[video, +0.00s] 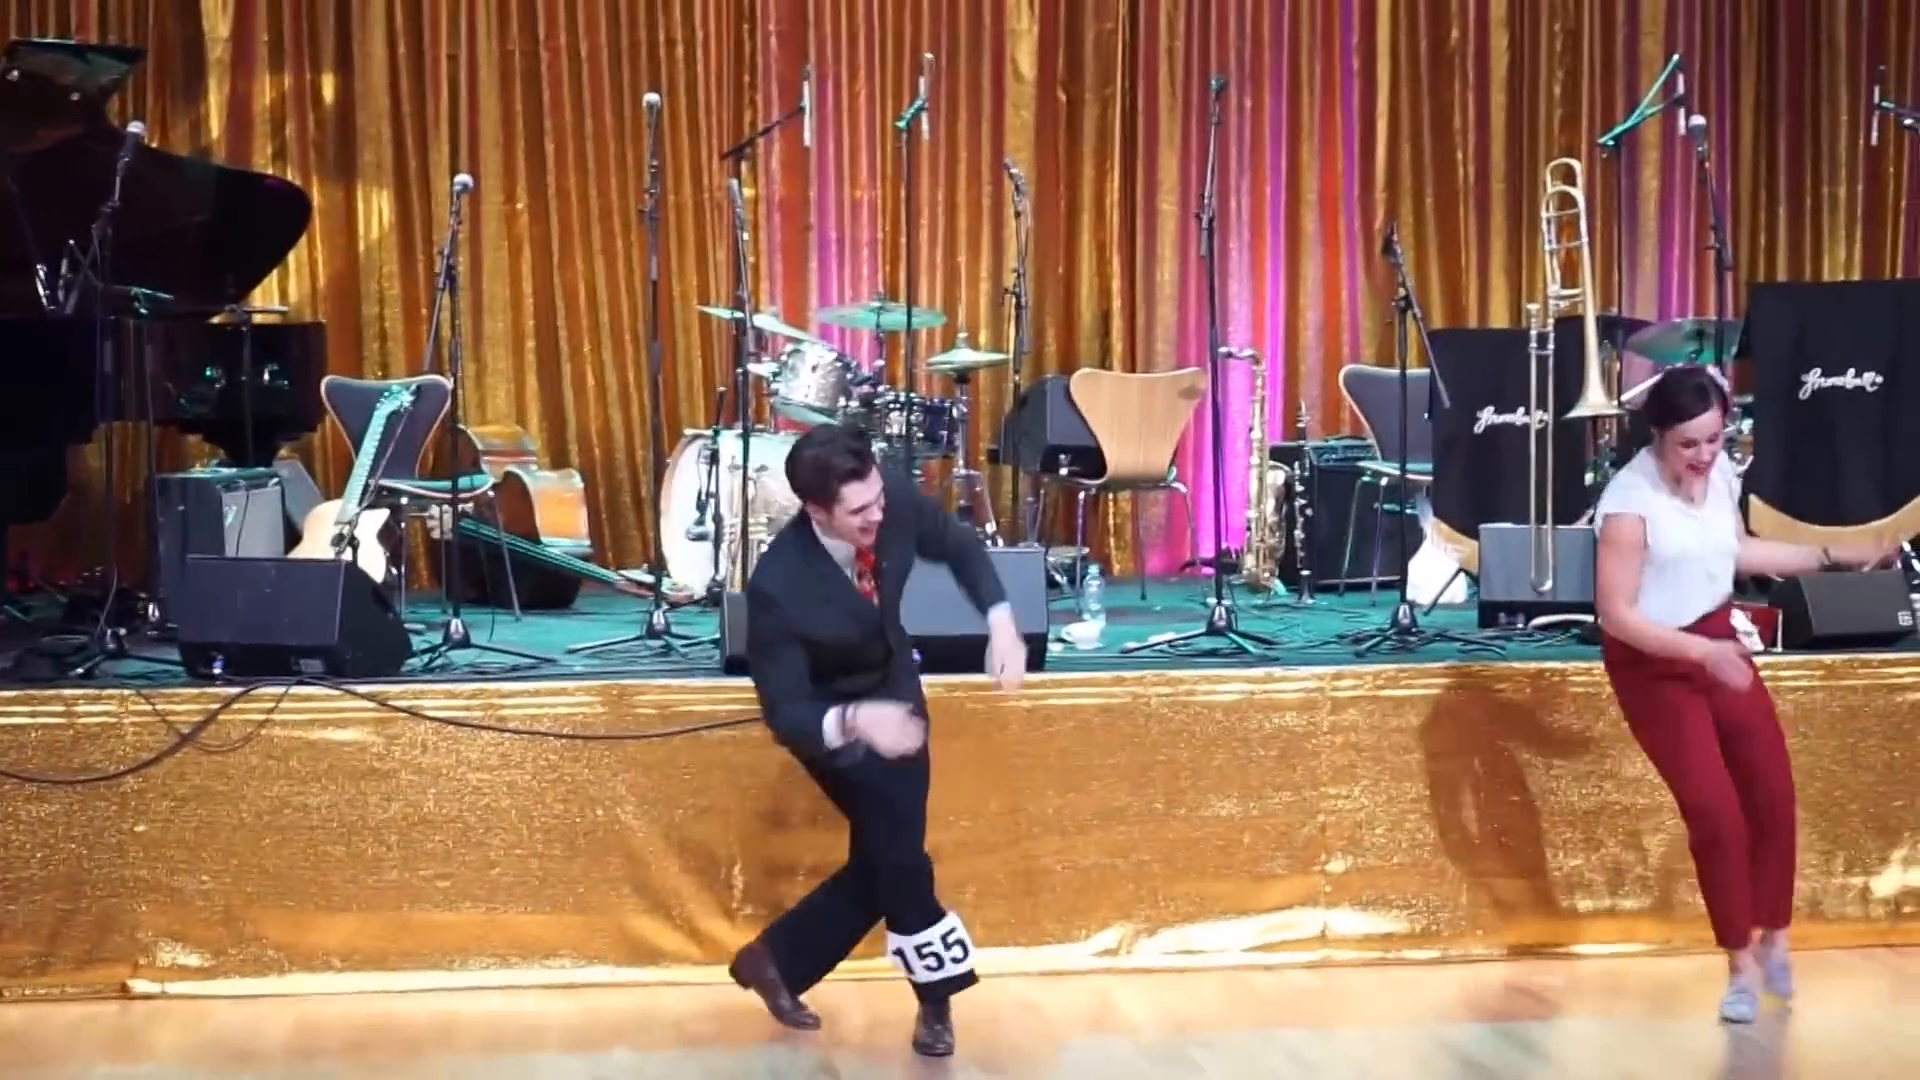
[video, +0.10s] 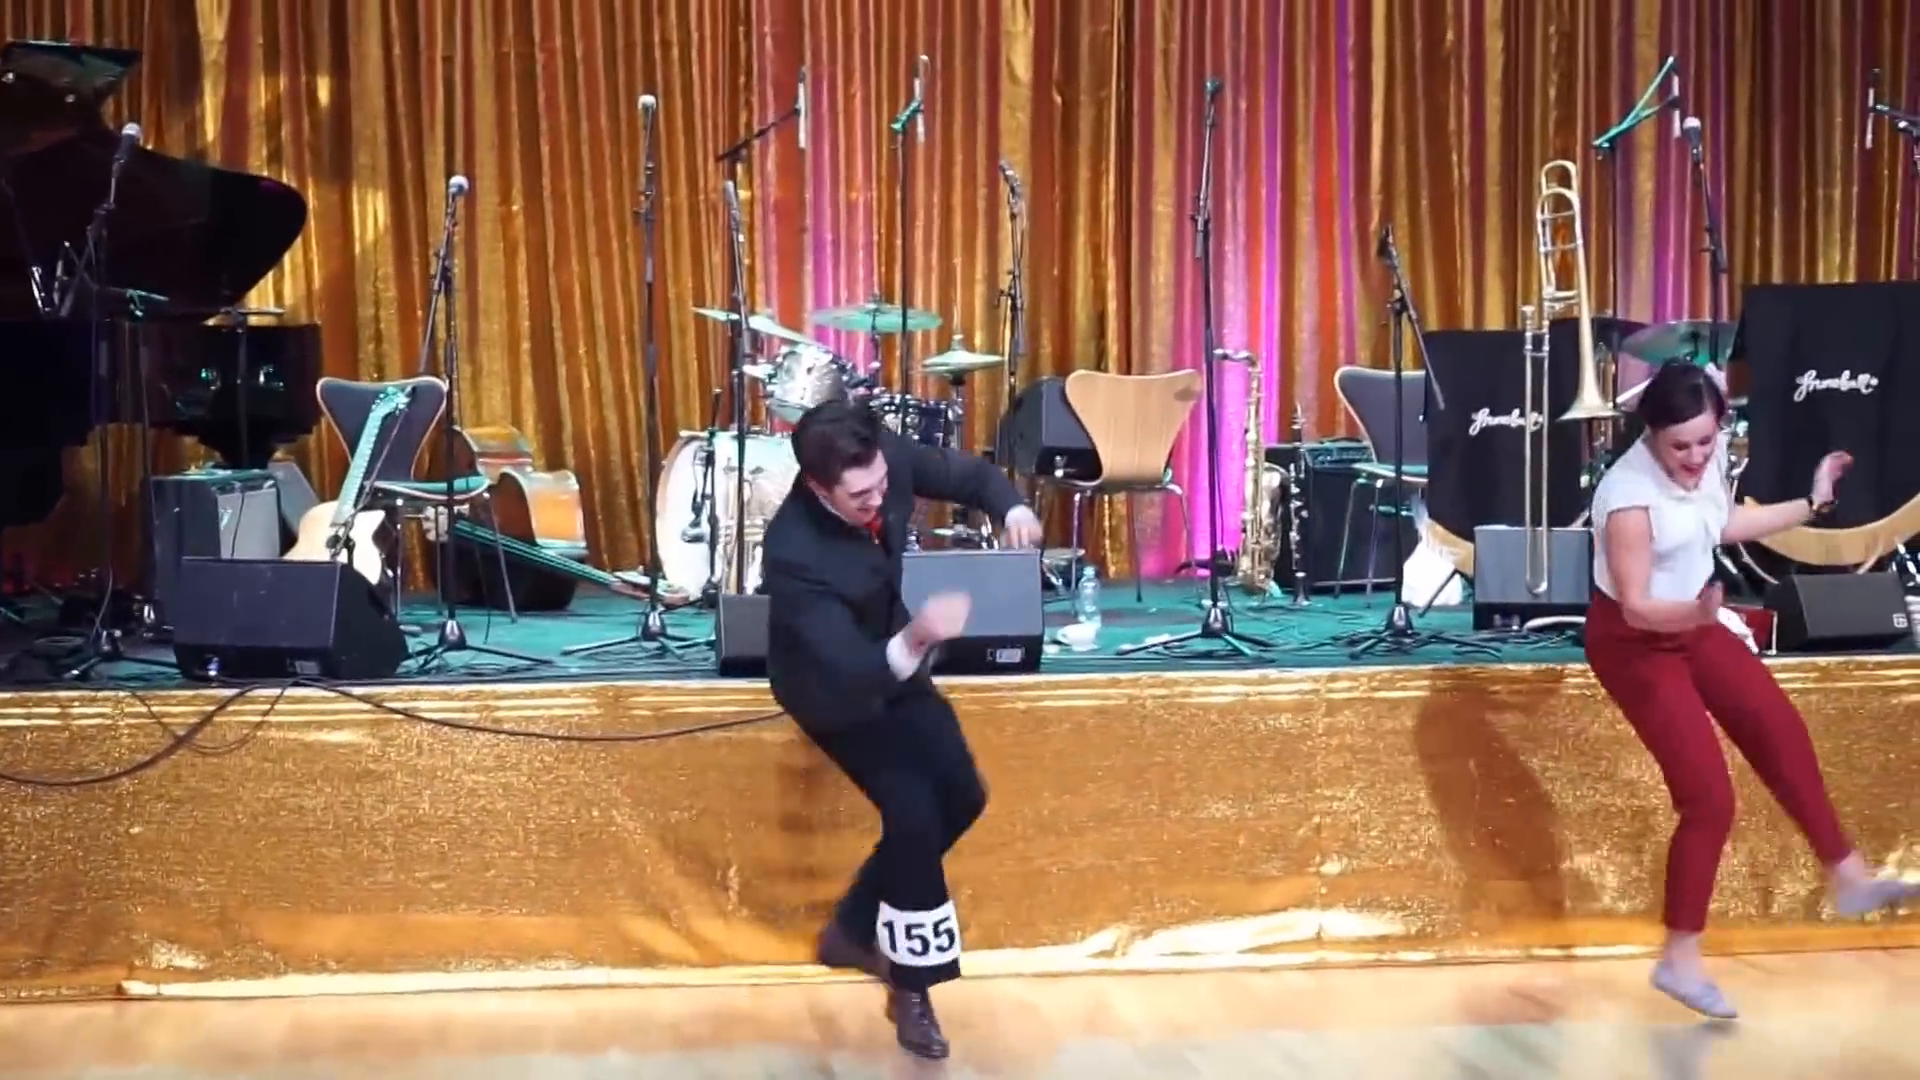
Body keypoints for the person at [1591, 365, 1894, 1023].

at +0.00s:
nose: (1704, 455)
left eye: (1713, 440)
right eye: (1689, 443)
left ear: (1723, 430)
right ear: (1657, 436)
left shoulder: (1721, 476)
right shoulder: (1628, 499)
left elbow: (1733, 553)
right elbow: (1614, 616)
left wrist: (1840, 556)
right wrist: (1700, 651)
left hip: (1721, 641)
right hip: (1649, 658)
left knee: (1773, 791)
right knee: (1713, 806)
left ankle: (1774, 940)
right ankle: (1741, 963)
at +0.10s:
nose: (1695, 456)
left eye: (1704, 442)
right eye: (1680, 445)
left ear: (1718, 425)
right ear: (1651, 433)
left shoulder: (1714, 456)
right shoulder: (1628, 491)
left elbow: (1724, 526)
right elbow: (1635, 611)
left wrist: (1811, 503)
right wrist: (1699, 610)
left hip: (1698, 625)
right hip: (1632, 639)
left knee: (1780, 732)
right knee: (1708, 799)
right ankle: (1679, 960)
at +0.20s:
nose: (1685, 480)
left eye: (1695, 464)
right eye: (1669, 468)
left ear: (1711, 447)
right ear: (1643, 455)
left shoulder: (1708, 482)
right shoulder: (1625, 514)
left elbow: (1726, 555)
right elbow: (1655, 615)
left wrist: (1792, 541)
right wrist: (1732, 587)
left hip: (1674, 641)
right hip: (1615, 655)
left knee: (1790, 731)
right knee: (1689, 819)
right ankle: (1634, 982)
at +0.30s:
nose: (1671, 504)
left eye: (1682, 490)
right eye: (1656, 493)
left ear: (1698, 473)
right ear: (1631, 480)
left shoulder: (1699, 497)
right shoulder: (1608, 531)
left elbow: (1681, 572)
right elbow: (1636, 639)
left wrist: (1739, 584)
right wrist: (1726, 599)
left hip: (1657, 657)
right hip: (1597, 672)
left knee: (1769, 724)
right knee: (1667, 827)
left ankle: (1888, 784)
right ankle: (1629, 990)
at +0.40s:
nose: (1656, 507)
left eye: (1668, 492)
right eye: (1642, 496)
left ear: (1685, 477)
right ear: (1619, 480)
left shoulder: (1694, 492)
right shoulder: (1590, 527)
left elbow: (1688, 582)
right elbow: (1569, 642)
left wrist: (1727, 585)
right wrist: (1665, 667)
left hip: (1645, 644)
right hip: (1578, 661)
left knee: (1747, 728)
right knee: (1638, 817)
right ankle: (1640, 986)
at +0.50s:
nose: (1636, 501)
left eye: (1648, 485)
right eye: (1620, 489)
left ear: (1664, 474)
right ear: (1598, 482)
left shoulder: (1685, 499)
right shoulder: (1568, 544)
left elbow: (1692, 602)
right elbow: (1524, 636)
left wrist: (1701, 577)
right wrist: (1557, 730)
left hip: (1638, 662)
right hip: (1571, 677)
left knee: (1699, 784)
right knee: (1632, 838)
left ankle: (1609, 905)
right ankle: (1667, 981)